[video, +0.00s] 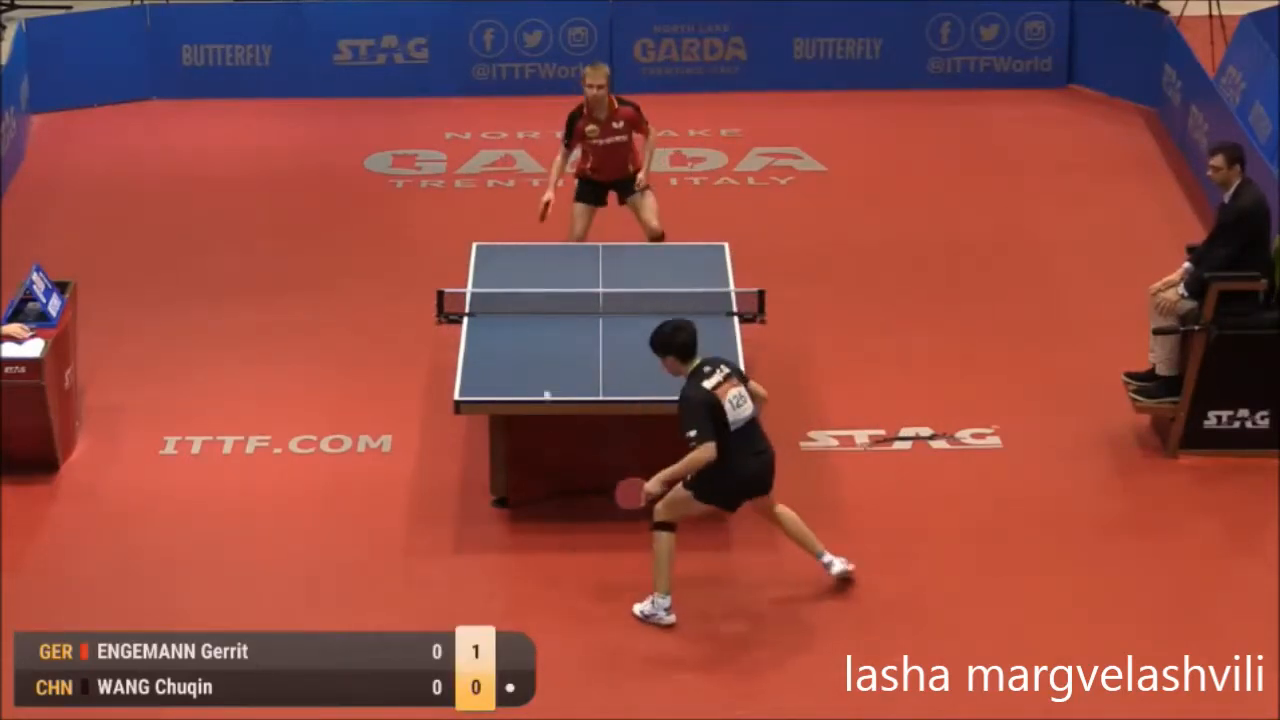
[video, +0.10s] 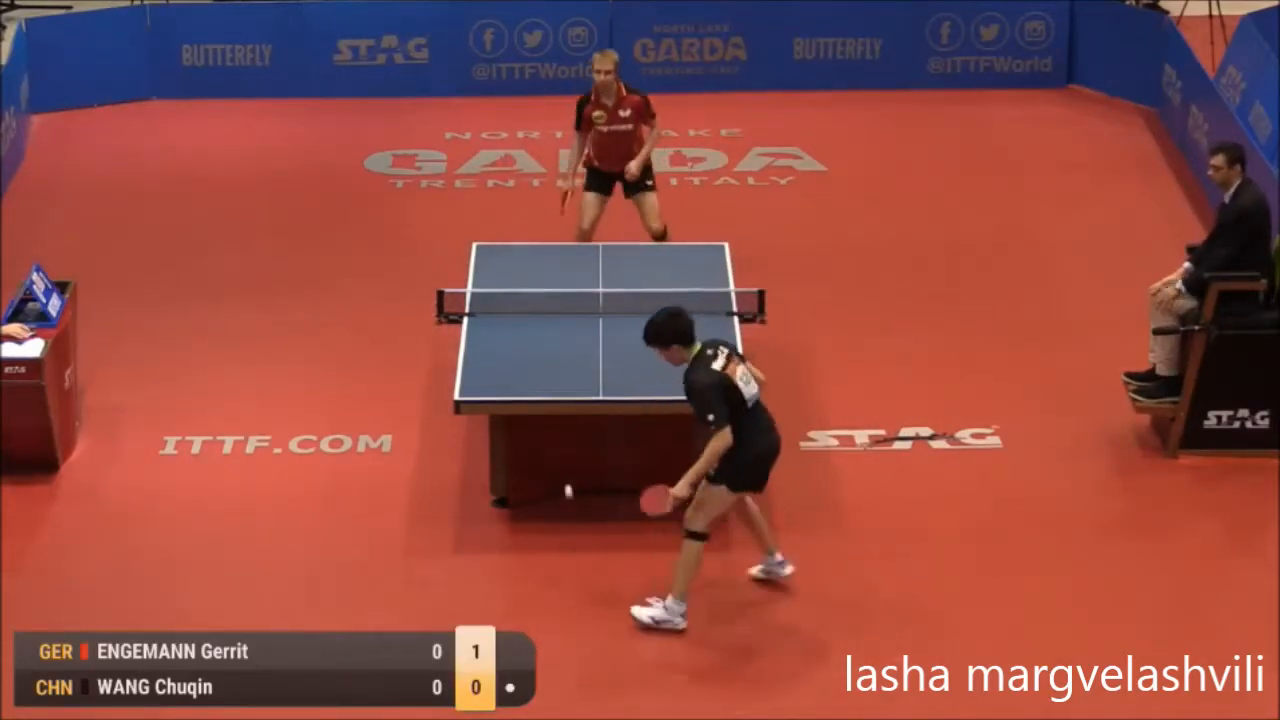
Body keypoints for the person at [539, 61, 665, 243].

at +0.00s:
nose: (595, 93)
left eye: (600, 87)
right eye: (590, 87)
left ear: (608, 87)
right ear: (583, 87)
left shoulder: (628, 112)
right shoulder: (577, 117)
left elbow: (650, 134)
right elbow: (564, 154)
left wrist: (644, 171)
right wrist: (550, 190)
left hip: (627, 177)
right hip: (591, 179)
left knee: (655, 230)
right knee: (577, 237)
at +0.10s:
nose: (602, 78)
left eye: (607, 73)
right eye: (598, 73)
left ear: (616, 74)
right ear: (592, 73)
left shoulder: (637, 101)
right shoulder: (586, 104)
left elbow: (655, 129)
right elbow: (580, 139)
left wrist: (638, 161)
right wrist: (570, 176)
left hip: (634, 167)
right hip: (600, 169)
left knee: (655, 228)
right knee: (585, 229)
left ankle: (669, 262)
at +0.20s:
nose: (606, 68)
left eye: (612, 63)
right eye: (602, 63)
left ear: (623, 65)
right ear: (598, 64)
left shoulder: (644, 93)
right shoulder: (595, 95)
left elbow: (663, 125)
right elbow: (592, 127)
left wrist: (639, 151)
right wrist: (582, 160)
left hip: (643, 162)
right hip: (609, 162)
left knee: (656, 224)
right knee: (590, 215)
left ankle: (671, 253)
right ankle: (583, 262)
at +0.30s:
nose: (609, 55)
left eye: (614, 50)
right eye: (607, 50)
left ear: (627, 52)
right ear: (604, 51)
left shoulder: (650, 83)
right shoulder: (606, 80)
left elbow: (671, 118)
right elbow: (606, 113)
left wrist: (642, 139)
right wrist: (594, 146)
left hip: (650, 151)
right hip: (617, 148)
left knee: (659, 216)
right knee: (596, 203)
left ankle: (674, 256)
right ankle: (595, 257)